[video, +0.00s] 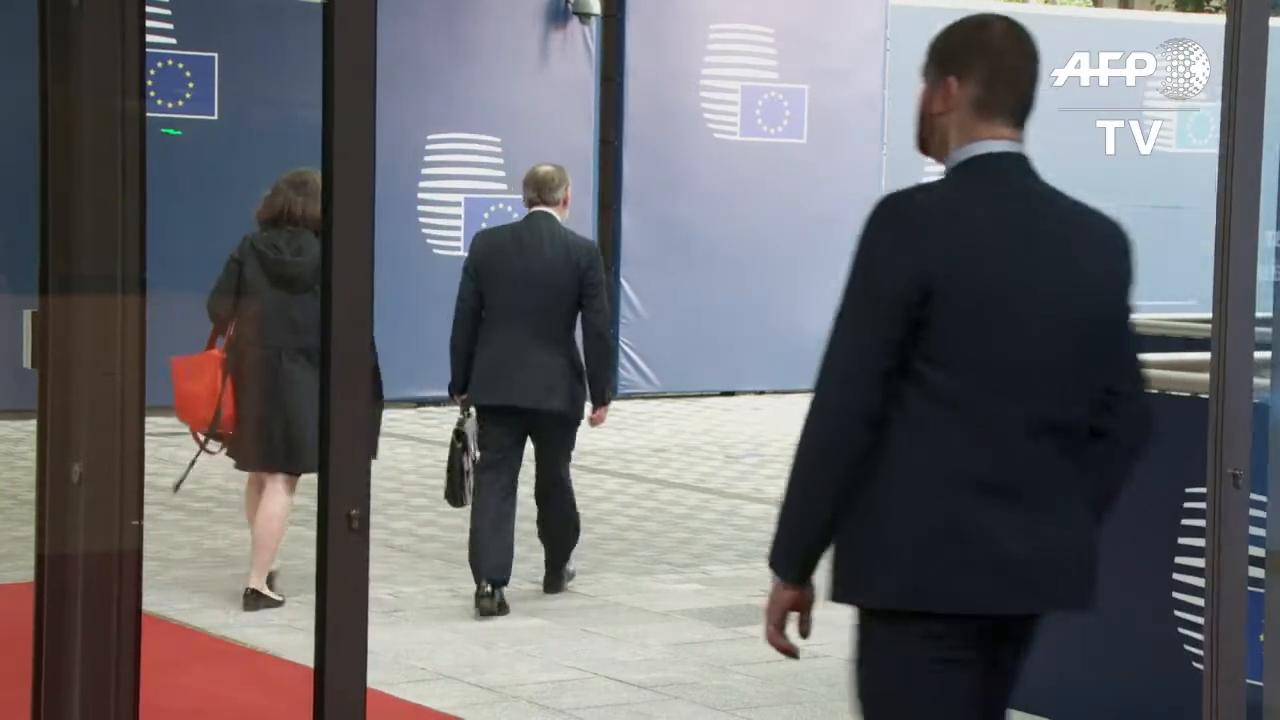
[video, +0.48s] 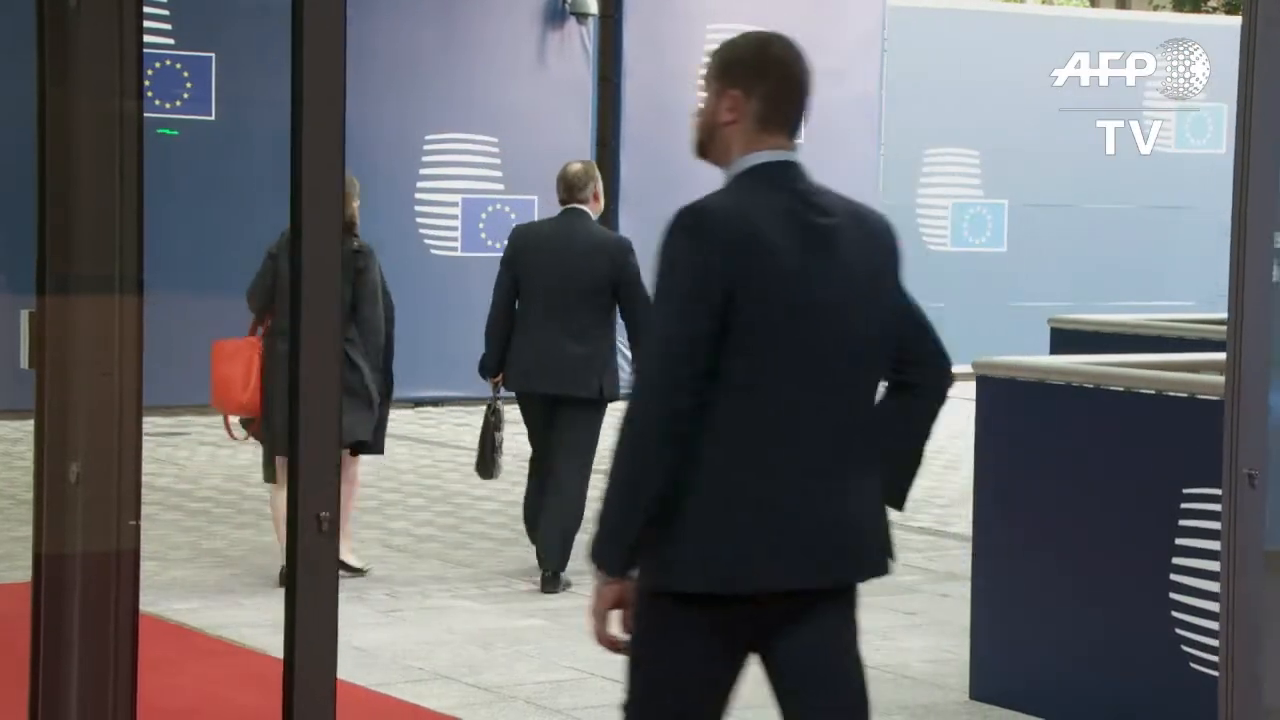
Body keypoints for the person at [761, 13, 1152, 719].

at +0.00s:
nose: (918, 107)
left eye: (924, 88)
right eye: (923, 88)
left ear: (946, 92)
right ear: (1024, 105)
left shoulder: (911, 219)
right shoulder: (1098, 238)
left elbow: (846, 401)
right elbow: (1121, 416)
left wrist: (793, 563)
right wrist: (1058, 528)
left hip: (914, 572)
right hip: (1029, 573)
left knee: (910, 706)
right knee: (979, 706)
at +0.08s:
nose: (888, 100)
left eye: (894, 82)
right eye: (893, 82)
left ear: (921, 88)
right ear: (993, 99)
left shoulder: (883, 212)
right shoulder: (1060, 236)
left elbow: (821, 390)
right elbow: (1074, 409)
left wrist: (768, 552)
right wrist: (1009, 513)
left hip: (869, 566)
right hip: (986, 568)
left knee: (838, 704)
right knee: (949, 707)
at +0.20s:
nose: (835, 93)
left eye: (842, 76)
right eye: (841, 76)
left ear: (871, 84)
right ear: (936, 98)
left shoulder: (841, 206)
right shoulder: (1003, 228)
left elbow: (782, 385)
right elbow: (1020, 393)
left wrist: (726, 545)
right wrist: (961, 514)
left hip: (814, 558)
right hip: (930, 559)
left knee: (741, 708)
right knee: (913, 711)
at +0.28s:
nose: (798, 96)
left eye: (806, 78)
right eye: (804, 79)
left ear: (836, 86)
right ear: (897, 98)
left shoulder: (809, 207)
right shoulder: (963, 226)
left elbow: (755, 386)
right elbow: (989, 391)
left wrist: (698, 544)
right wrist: (930, 503)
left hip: (785, 551)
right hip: (899, 551)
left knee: (700, 709)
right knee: (893, 714)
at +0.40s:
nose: (740, 102)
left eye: (746, 87)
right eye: (743, 87)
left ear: (775, 97)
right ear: (835, 106)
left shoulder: (750, 216)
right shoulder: (902, 227)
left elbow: (701, 393)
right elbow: (949, 383)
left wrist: (654, 552)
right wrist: (887, 509)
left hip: (739, 560)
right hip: (855, 557)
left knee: (692, 709)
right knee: (862, 713)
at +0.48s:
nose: (696, 109)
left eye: (703, 94)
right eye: (700, 93)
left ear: (734, 107)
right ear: (794, 115)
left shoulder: (706, 227)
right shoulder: (864, 231)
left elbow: (662, 400)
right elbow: (925, 372)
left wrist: (614, 557)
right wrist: (867, 487)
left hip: (699, 565)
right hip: (819, 561)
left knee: (663, 708)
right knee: (837, 711)